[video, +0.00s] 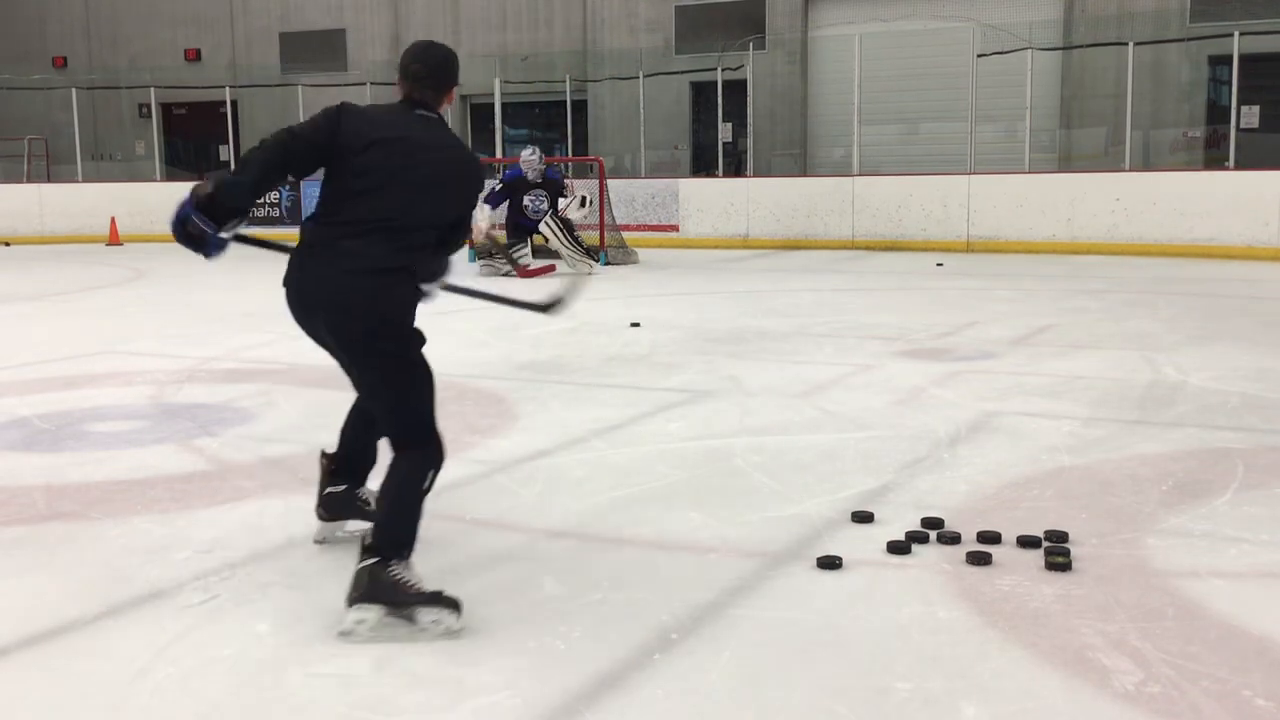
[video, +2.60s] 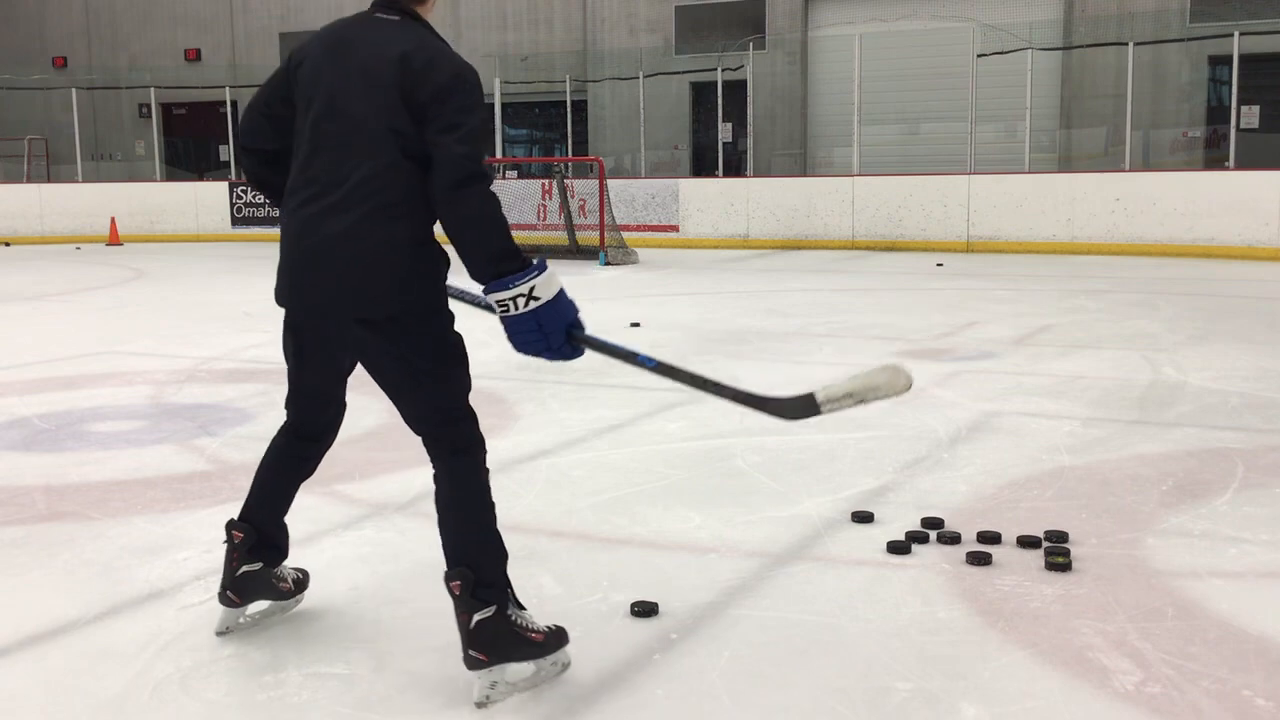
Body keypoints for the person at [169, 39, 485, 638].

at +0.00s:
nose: (448, 96)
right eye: (452, 89)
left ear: (398, 83)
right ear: (451, 93)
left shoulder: (350, 122)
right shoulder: (462, 164)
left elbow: (278, 153)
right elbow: (443, 248)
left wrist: (212, 208)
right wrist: (414, 275)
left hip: (307, 289)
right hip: (375, 309)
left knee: (384, 383)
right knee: (419, 448)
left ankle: (342, 490)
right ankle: (384, 566)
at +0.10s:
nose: (466, 85)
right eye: (468, 78)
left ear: (414, 75)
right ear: (465, 83)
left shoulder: (365, 117)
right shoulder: (475, 149)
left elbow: (284, 153)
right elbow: (475, 236)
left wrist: (240, 224)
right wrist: (477, 293)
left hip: (323, 281)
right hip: (384, 290)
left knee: (409, 378)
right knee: (450, 422)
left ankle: (365, 484)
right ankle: (422, 548)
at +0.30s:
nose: (508, 71)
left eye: (496, 61)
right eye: (510, 64)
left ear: (454, 61)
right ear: (504, 68)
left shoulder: (401, 107)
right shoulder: (506, 125)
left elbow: (328, 165)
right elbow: (529, 220)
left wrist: (322, 242)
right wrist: (562, 289)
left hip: (362, 265)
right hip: (420, 275)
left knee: (437, 376)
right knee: (489, 401)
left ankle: (393, 484)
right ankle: (470, 537)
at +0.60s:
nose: (589, 66)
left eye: (592, 54)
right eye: (591, 54)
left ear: (537, 40)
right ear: (574, 46)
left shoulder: (466, 81)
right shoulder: (569, 119)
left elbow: (387, 132)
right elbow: (579, 226)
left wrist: (385, 211)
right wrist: (613, 306)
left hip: (417, 257)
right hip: (487, 269)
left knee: (436, 375)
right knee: (551, 399)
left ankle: (400, 486)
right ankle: (554, 540)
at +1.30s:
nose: (573, 68)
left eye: (579, 58)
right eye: (577, 55)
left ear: (525, 30)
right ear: (556, 41)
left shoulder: (437, 50)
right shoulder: (551, 112)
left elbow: (339, 51)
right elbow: (540, 220)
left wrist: (372, 120)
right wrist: (534, 309)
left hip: (382, 245)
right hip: (467, 256)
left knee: (394, 392)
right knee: (519, 409)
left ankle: (358, 536)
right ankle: (544, 569)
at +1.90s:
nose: (492, 23)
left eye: (490, 17)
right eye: (494, 16)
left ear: (430, 5)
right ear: (485, 16)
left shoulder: (356, 34)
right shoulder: (481, 94)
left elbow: (253, 60)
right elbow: (476, 209)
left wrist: (299, 134)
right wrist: (489, 314)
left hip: (308, 247)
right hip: (391, 257)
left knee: (339, 403)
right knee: (437, 422)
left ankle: (304, 555)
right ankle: (440, 595)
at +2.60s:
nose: (441, 3)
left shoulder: (313, 51)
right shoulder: (443, 68)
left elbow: (255, 139)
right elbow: (460, 188)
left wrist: (315, 206)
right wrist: (521, 288)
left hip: (307, 283)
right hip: (395, 288)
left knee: (307, 422)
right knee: (455, 442)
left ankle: (248, 562)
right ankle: (487, 614)